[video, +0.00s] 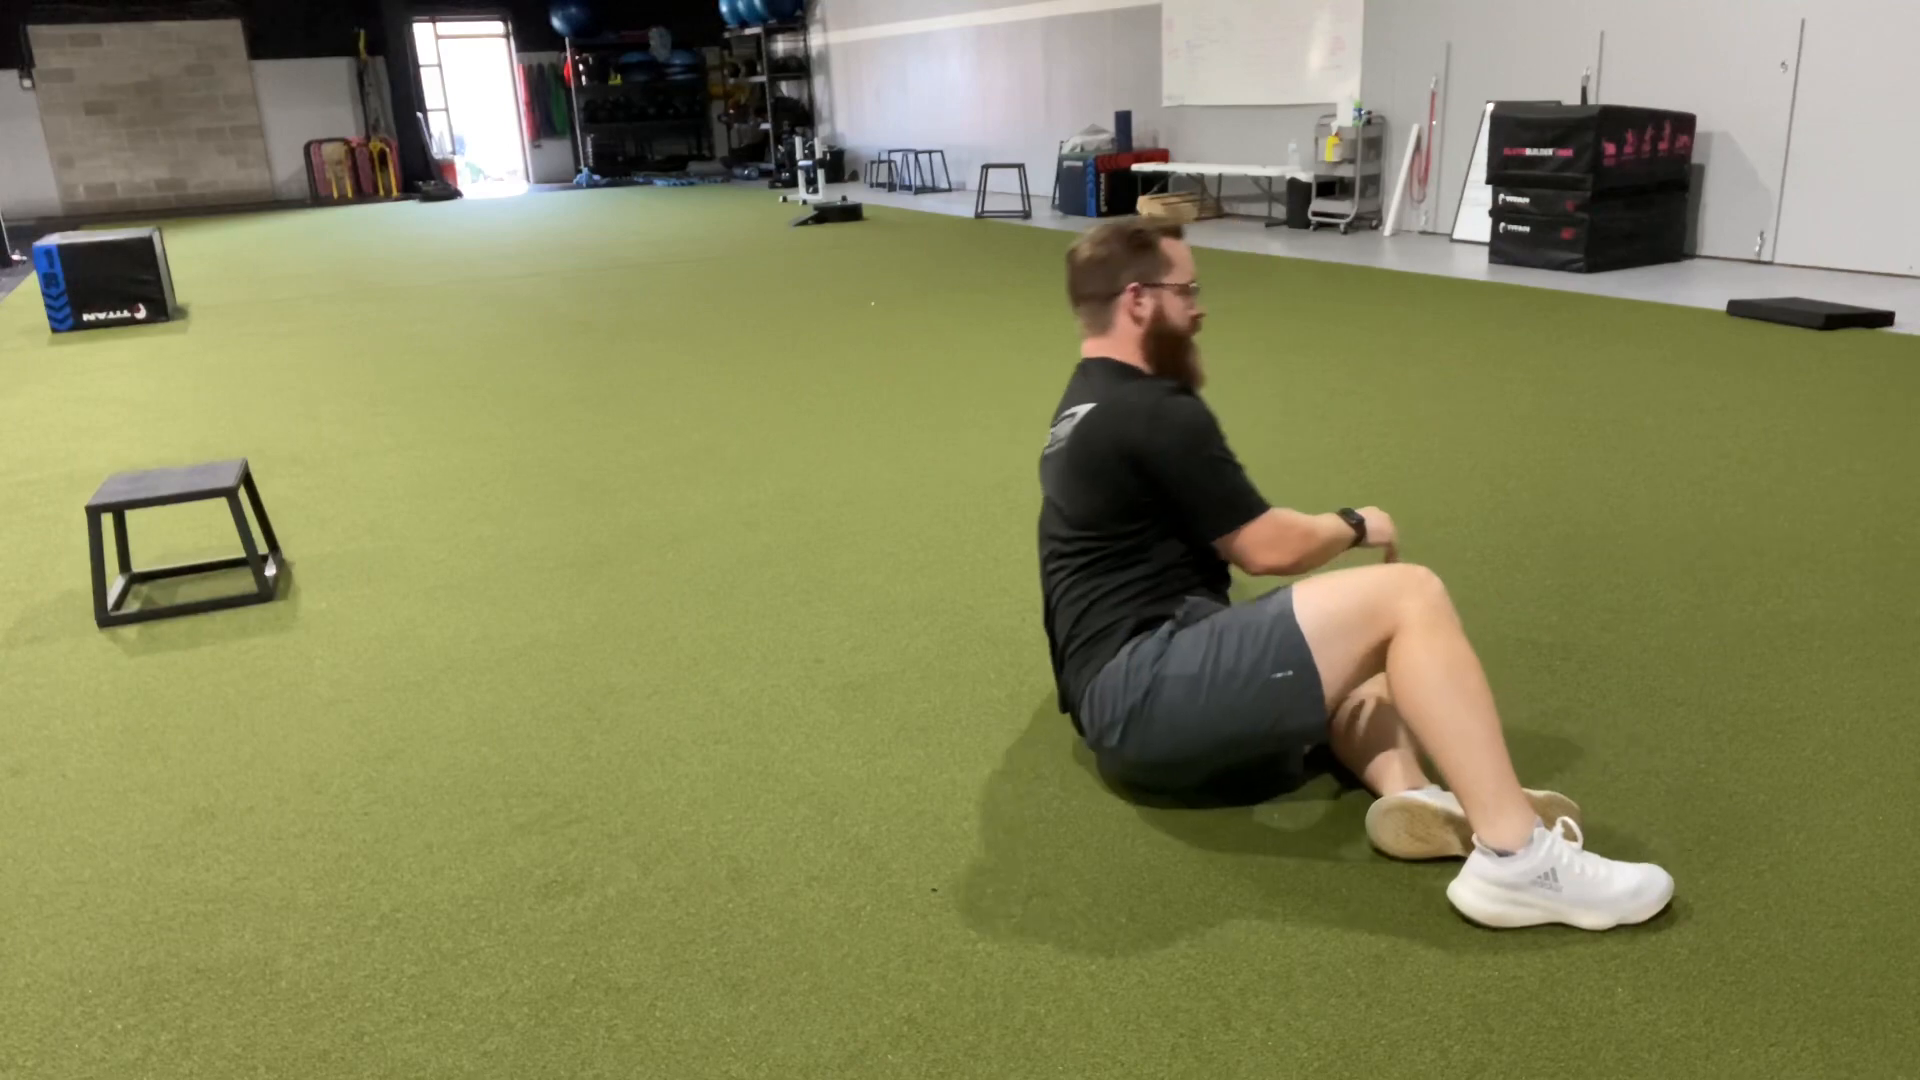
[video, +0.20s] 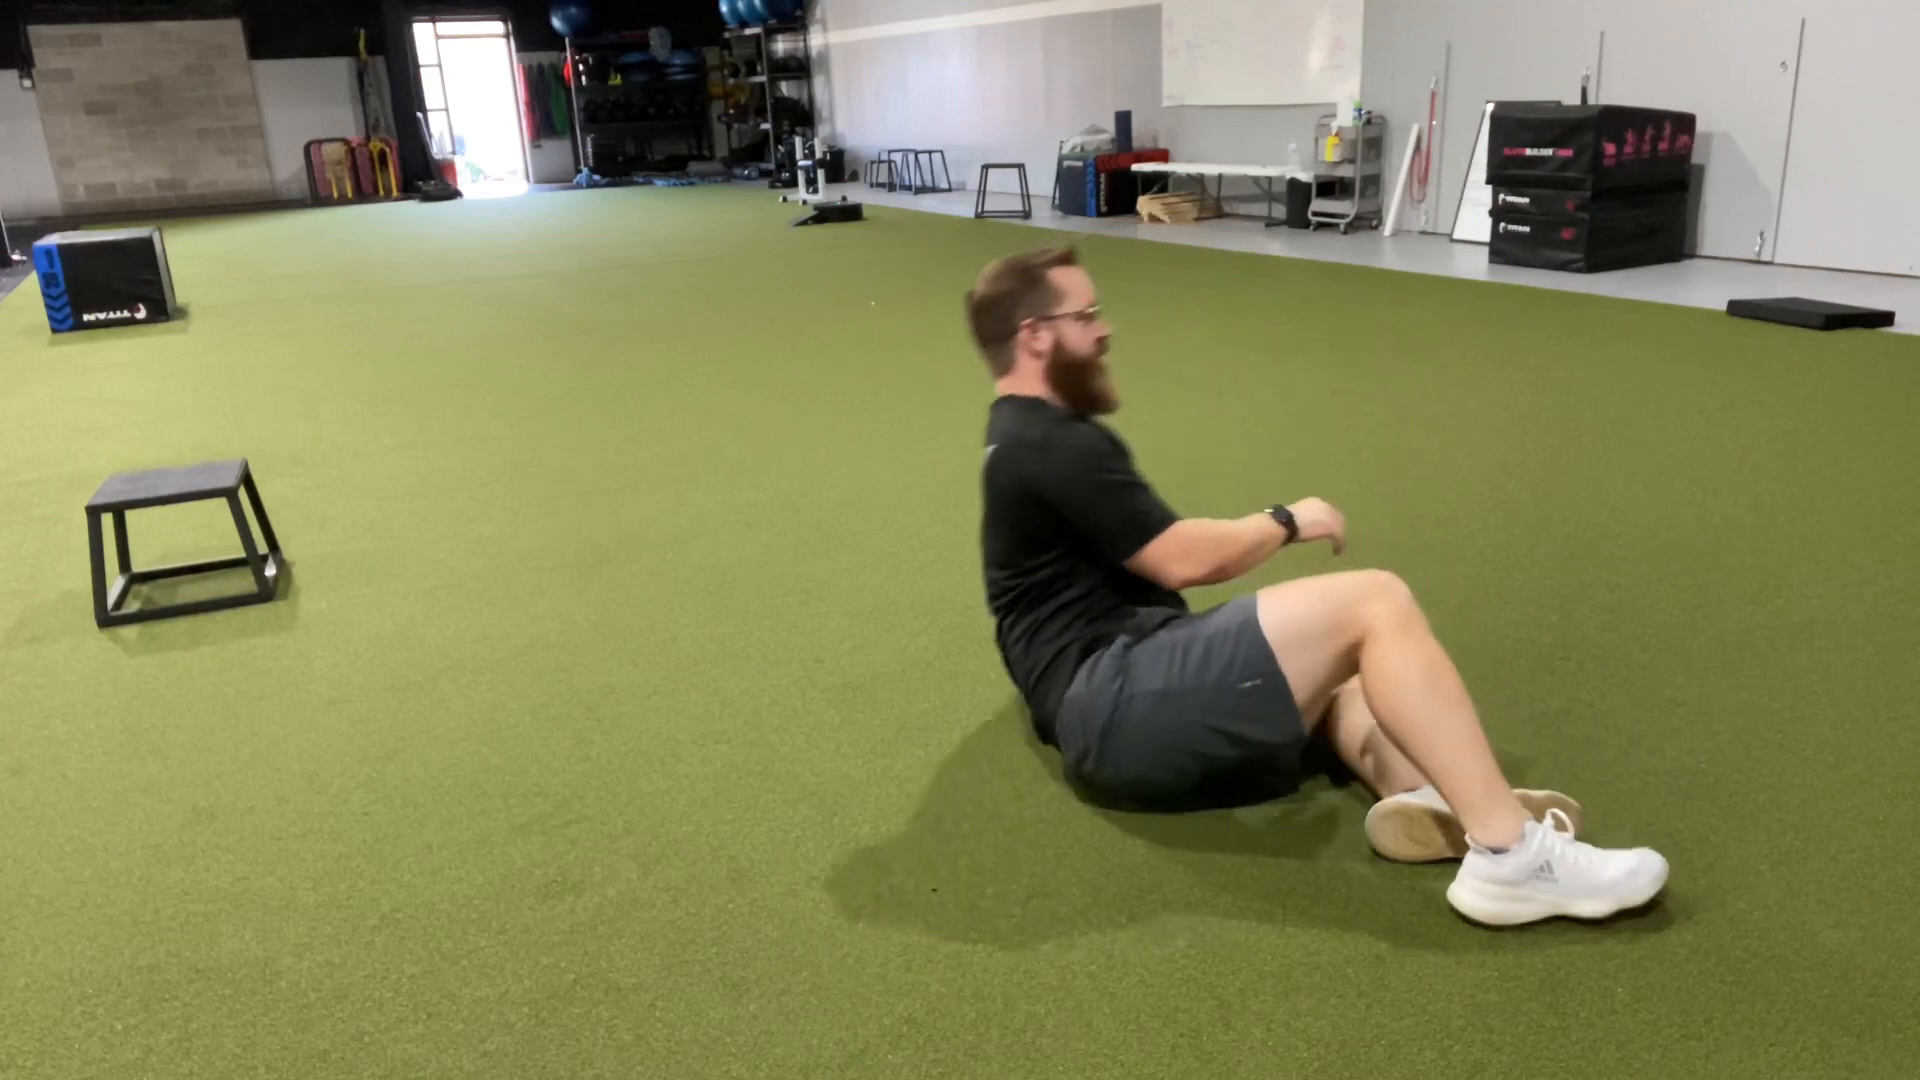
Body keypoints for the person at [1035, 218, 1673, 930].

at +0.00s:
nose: (1200, 309)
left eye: (1196, 292)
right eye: (1186, 293)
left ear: (1124, 307)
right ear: (1136, 304)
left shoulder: (1089, 404)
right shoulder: (1152, 411)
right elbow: (1269, 547)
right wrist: (1352, 525)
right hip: (1151, 689)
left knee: (1359, 677)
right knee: (1406, 595)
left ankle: (1409, 794)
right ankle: (1520, 850)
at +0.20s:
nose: (1104, 330)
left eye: (1097, 314)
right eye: (1087, 316)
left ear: (1031, 339)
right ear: (1030, 337)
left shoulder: (1037, 435)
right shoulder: (1048, 442)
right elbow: (1183, 557)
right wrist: (1288, 521)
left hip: (1129, 714)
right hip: (1118, 692)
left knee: (1341, 683)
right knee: (1375, 604)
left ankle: (1420, 792)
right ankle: (1508, 848)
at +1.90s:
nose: (755, 533)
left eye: (750, 519)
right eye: (728, 538)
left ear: (770, 526)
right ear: (698, 587)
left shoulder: (852, 571)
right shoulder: (734, 659)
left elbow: (962, 561)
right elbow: (774, 733)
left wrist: (974, 506)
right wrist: (875, 683)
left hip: (1048, 656)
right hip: (996, 744)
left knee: (1089, 440)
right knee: (1048, 593)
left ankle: (1313, 530)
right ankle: (1304, 619)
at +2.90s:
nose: (1106, 377)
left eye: (1110, 344)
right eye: (1074, 365)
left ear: (1115, 318)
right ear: (1000, 377)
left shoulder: (1192, 408)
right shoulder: (957, 506)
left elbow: (1351, 477)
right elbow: (936, 672)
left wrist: (1485, 523)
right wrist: (939, 818)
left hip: (1244, 636)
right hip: (1138, 733)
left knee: (1432, 543)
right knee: (1201, 910)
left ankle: (1457, 751)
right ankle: (1382, 832)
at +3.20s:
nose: (1095, 365)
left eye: (1095, 334)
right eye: (1062, 354)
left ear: (1101, 310)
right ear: (987, 368)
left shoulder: (1178, 400)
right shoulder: (947, 508)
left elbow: (1339, 469)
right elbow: (931, 675)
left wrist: (1470, 510)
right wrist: (941, 818)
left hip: (1238, 629)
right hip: (1132, 732)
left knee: (1426, 541)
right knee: (1207, 913)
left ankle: (1458, 747)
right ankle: (1382, 831)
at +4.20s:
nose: (765, 518)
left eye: (756, 502)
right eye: (735, 520)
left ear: (773, 505)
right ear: (700, 568)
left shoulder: (861, 554)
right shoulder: (731, 652)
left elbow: (976, 534)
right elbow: (778, 776)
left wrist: (971, 458)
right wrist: (910, 791)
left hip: (1061, 693)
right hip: (982, 760)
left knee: (1105, 456)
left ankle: (1295, 589)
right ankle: (1248, 665)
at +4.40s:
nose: (714, 564)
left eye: (710, 554)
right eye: (688, 577)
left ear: (736, 561)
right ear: (679, 631)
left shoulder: (828, 586)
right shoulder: (709, 684)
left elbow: (954, 542)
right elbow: (758, 761)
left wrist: (858, 447)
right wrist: (832, 663)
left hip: (1040, 645)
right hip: (967, 711)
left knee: (1001, 417)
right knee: (866, 457)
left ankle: (1165, 467)